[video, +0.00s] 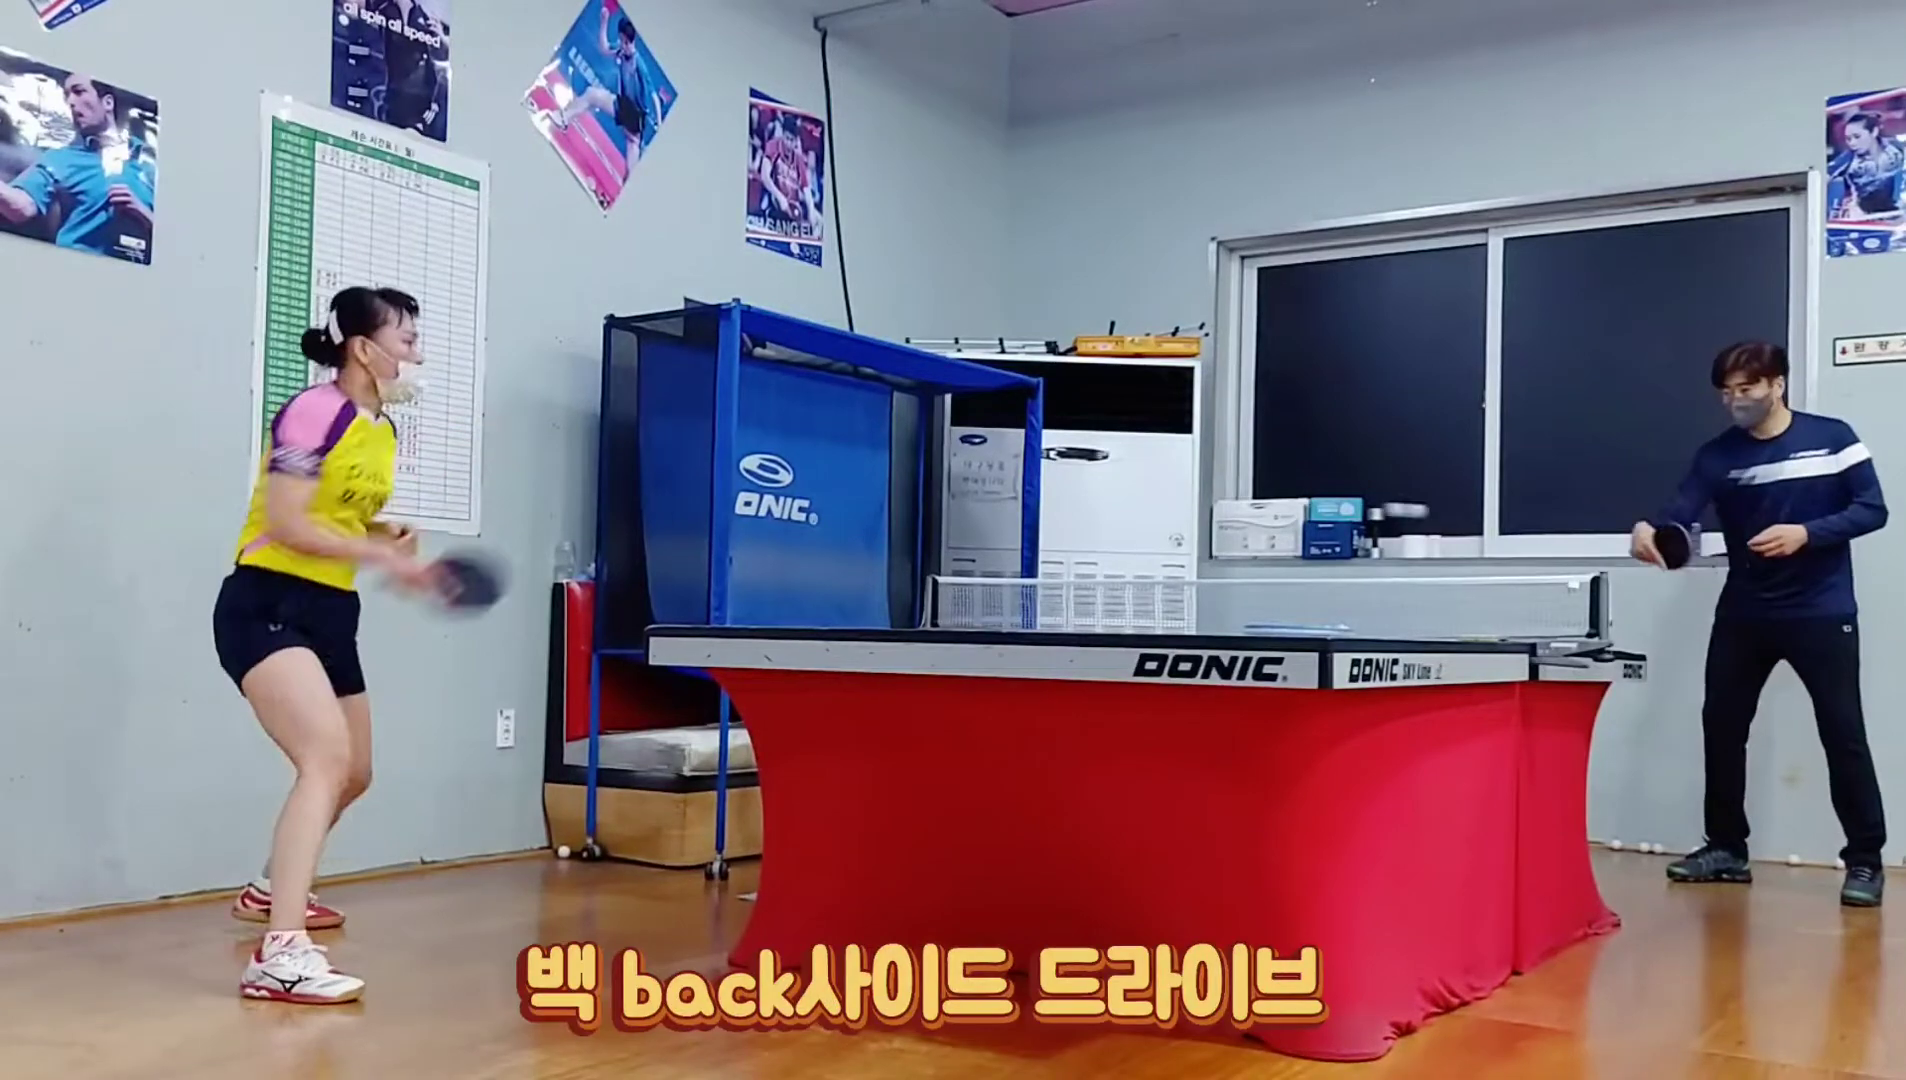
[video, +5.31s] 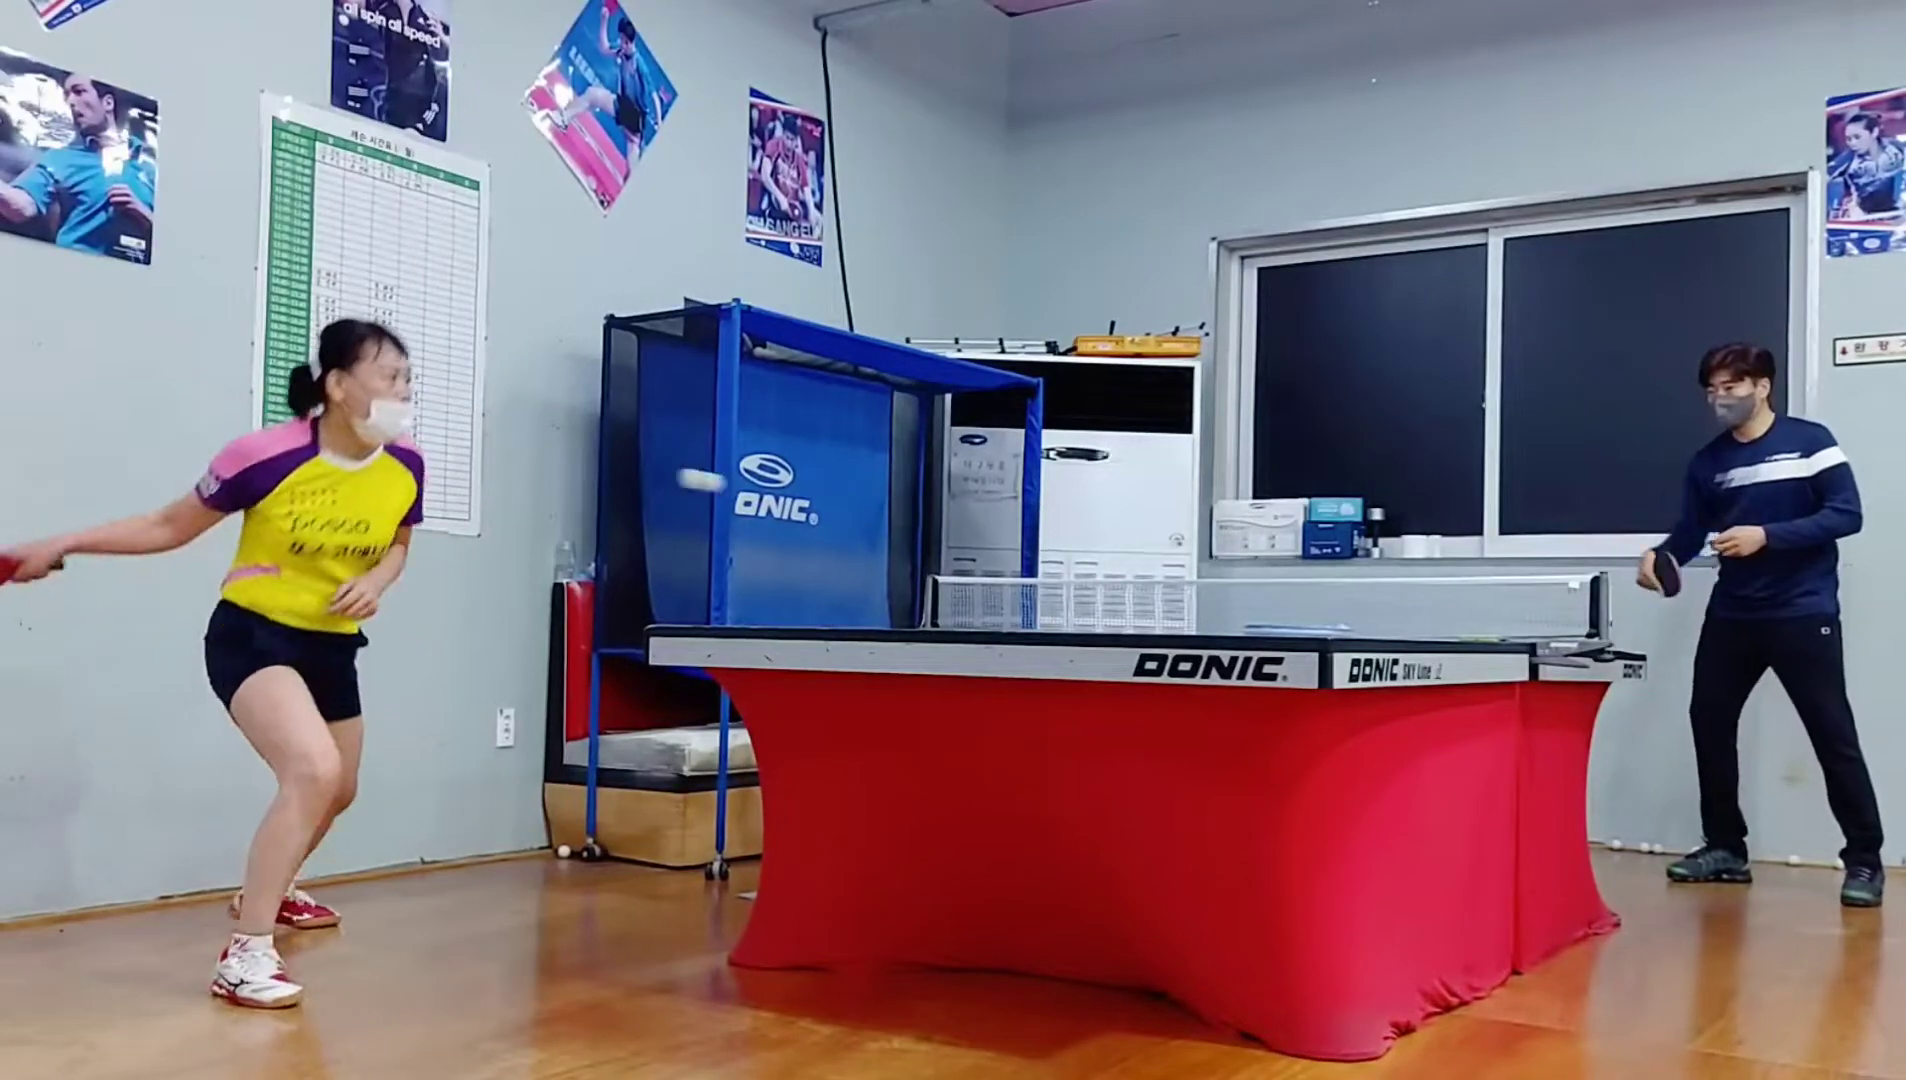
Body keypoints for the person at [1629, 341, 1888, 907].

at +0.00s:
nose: (1736, 399)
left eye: (1746, 388)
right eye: (1728, 391)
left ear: (1777, 386)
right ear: (1721, 396)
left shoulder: (1833, 438)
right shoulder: (1717, 456)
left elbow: (1873, 509)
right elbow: (1680, 520)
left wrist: (1806, 532)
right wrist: (1652, 532)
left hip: (1821, 616)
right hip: (1744, 615)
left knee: (1843, 736)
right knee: (1721, 726)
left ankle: (1863, 862)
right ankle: (1726, 849)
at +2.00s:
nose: (1733, 395)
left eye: (1744, 384)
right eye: (1726, 387)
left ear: (1777, 383)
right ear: (1721, 393)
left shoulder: (1831, 437)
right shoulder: (1716, 456)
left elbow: (1873, 508)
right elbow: (1664, 514)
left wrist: (1801, 531)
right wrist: (1628, 519)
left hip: (1823, 614)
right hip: (1747, 614)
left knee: (1845, 739)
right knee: (1724, 727)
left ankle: (1864, 863)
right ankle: (1727, 849)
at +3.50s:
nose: (1730, 395)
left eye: (1741, 384)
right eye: (1723, 388)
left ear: (1772, 383)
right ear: (1718, 395)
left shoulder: (1822, 437)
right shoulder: (1726, 456)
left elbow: (1860, 510)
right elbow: (1726, 531)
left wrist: (1776, 529)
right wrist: (1693, 569)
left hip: (1816, 616)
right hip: (1747, 616)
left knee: (1839, 737)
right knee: (1725, 726)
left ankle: (1864, 863)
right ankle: (1728, 849)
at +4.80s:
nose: (1721, 410)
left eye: (1732, 399)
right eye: (1714, 401)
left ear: (1764, 396)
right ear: (1708, 402)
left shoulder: (1819, 443)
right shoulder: (1710, 462)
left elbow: (1862, 515)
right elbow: (1668, 516)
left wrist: (1788, 536)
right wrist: (1640, 554)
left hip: (1813, 618)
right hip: (1740, 618)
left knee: (1839, 737)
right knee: (1713, 723)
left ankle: (1864, 863)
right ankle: (1725, 848)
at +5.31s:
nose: (1722, 394)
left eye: (1733, 383)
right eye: (1715, 387)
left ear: (1763, 386)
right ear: (1708, 396)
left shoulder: (1811, 440)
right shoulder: (1708, 462)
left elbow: (1846, 514)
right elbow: (1690, 533)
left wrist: (1766, 534)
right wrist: (1662, 555)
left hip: (1804, 618)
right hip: (1733, 619)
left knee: (1834, 739)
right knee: (1709, 721)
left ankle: (1863, 862)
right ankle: (1724, 848)